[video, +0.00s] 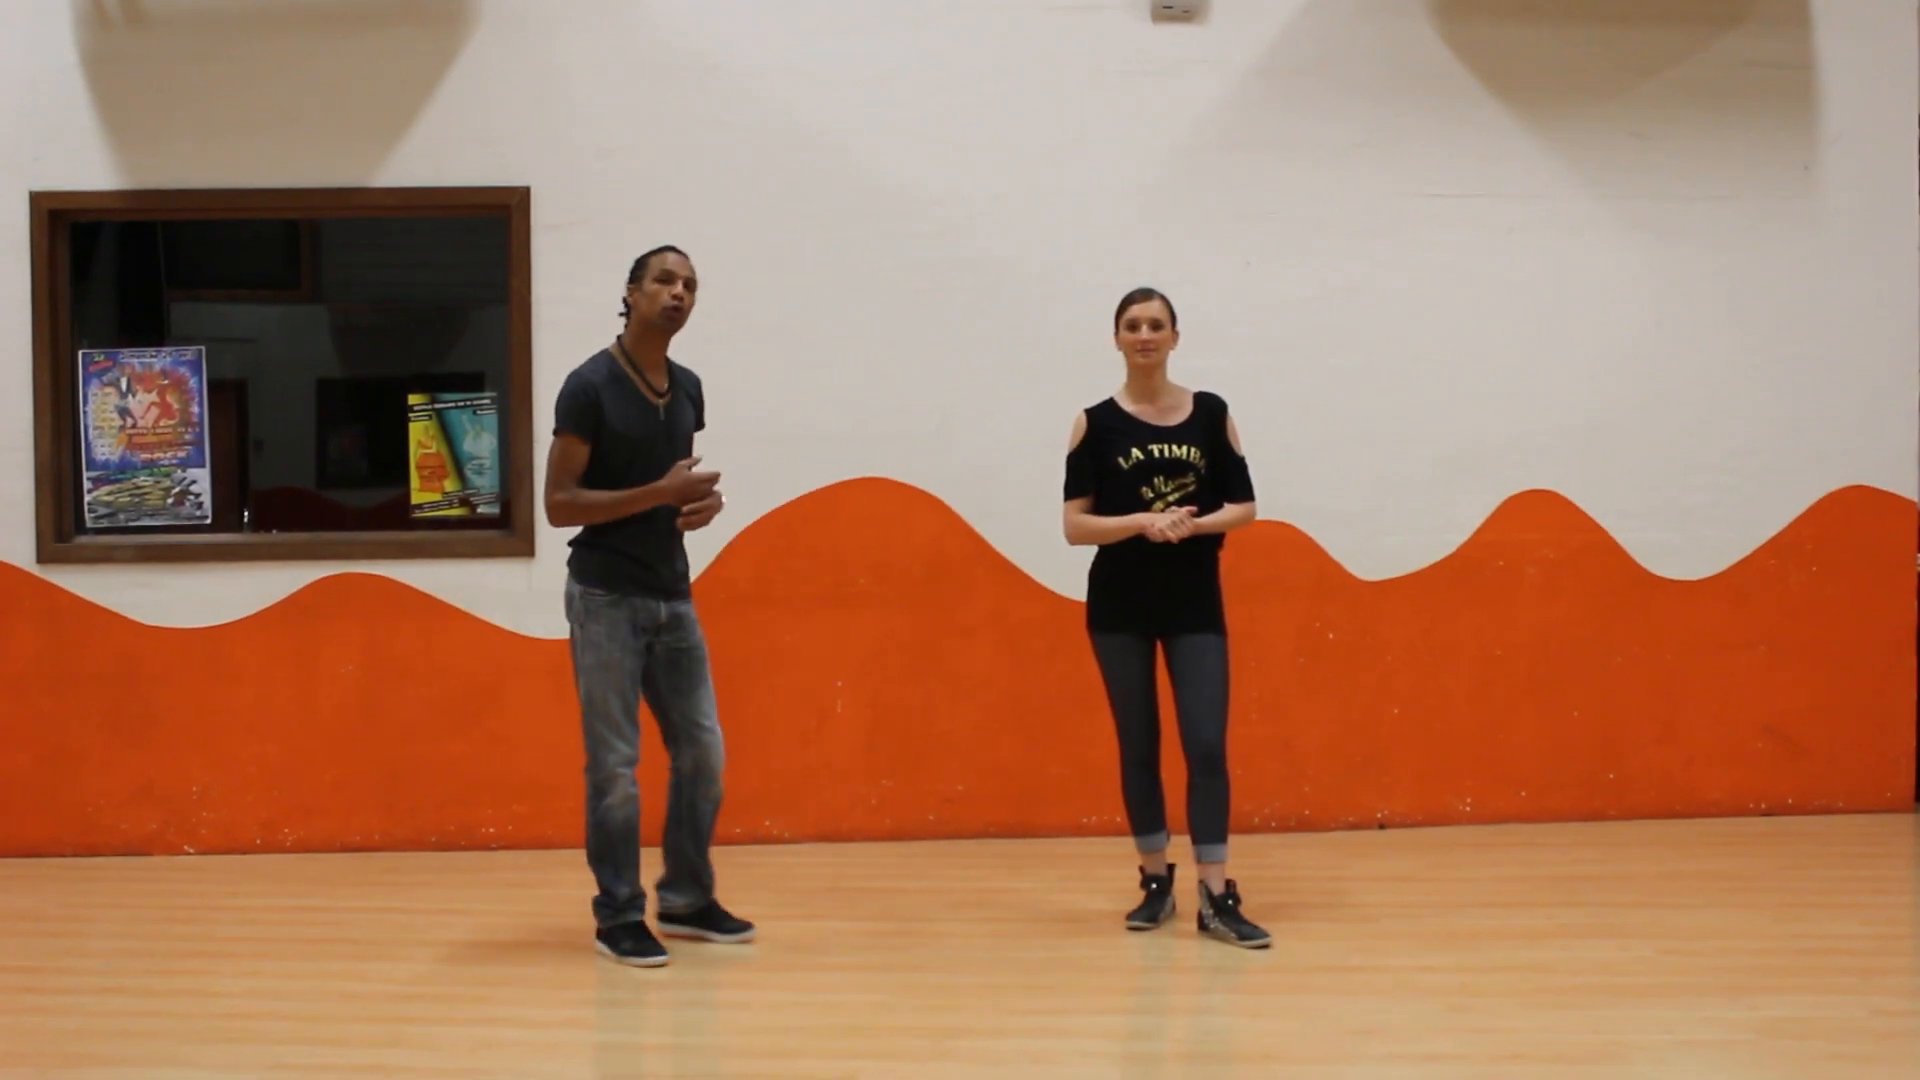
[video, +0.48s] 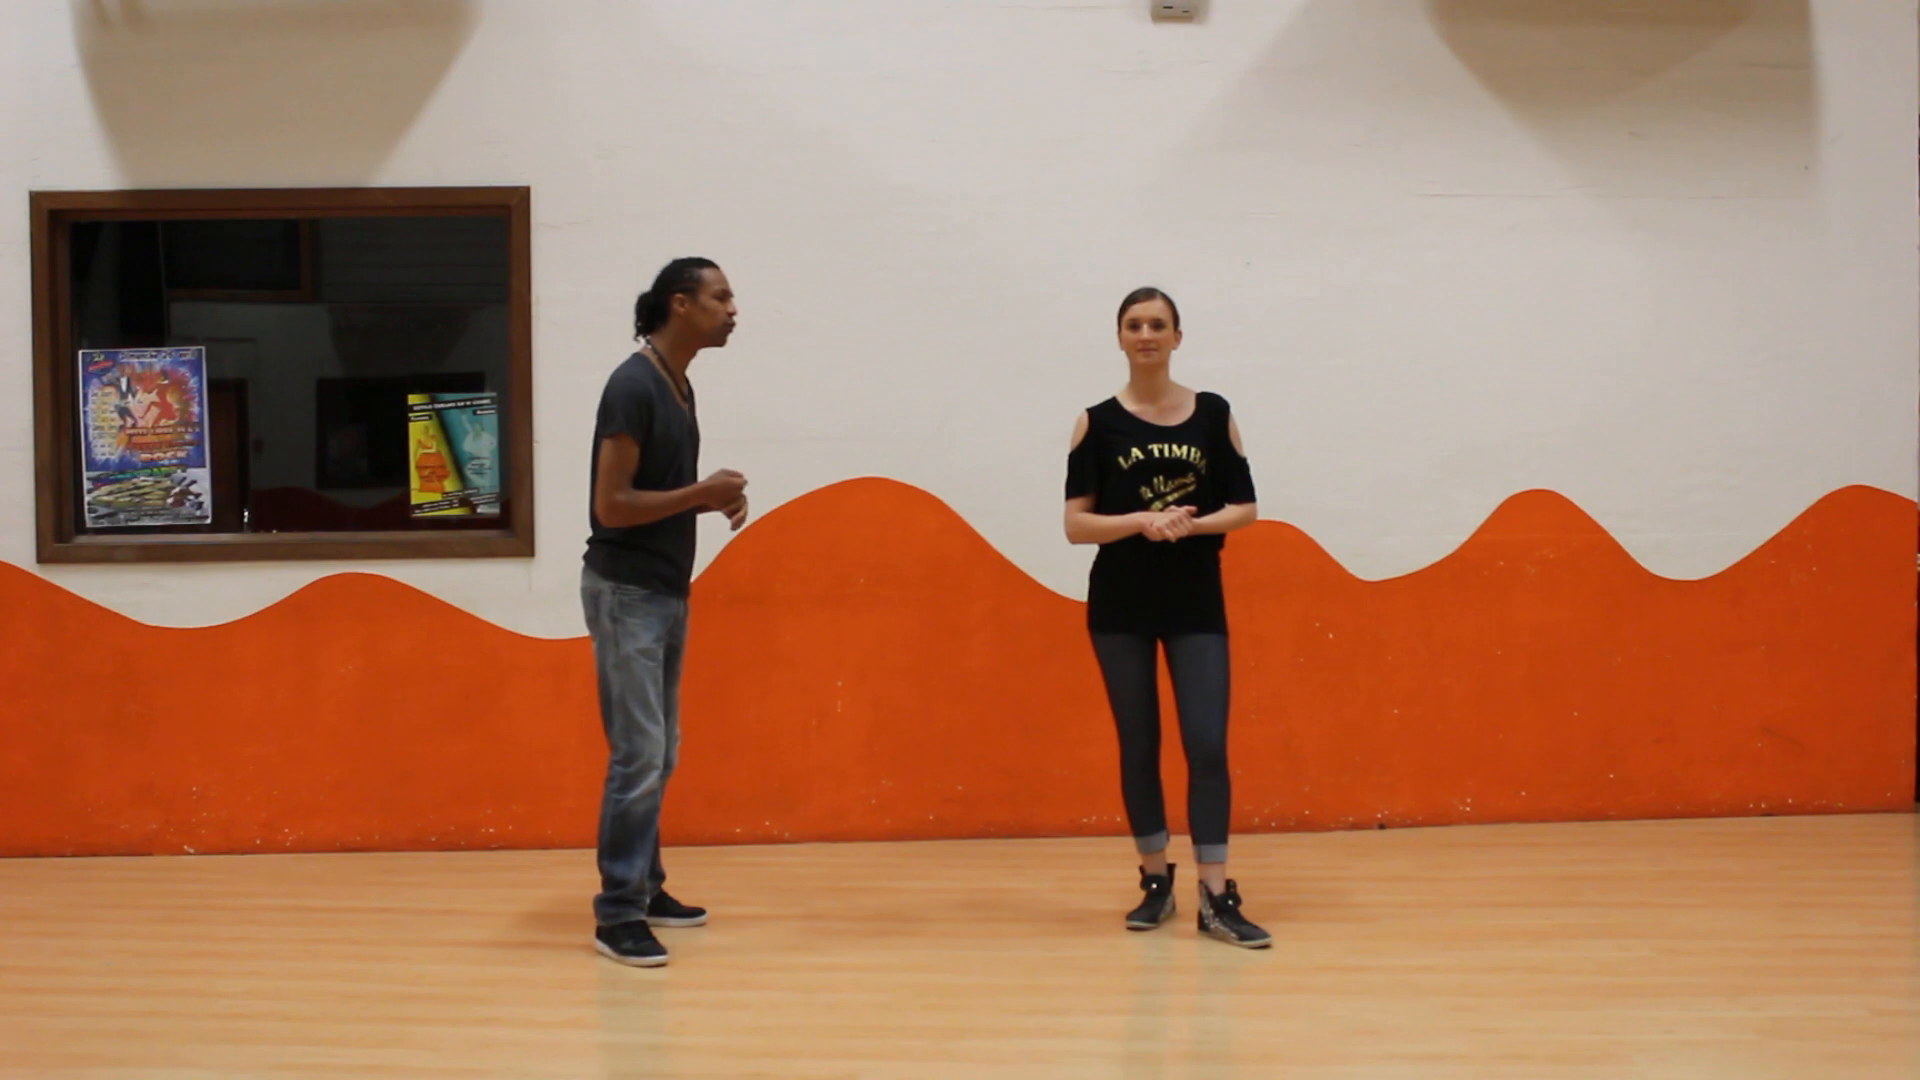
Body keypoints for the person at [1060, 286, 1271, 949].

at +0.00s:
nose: (1145, 336)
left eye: (1156, 326)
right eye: (1133, 327)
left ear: (1175, 337)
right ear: (1116, 338)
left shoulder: (1210, 413)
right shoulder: (1094, 425)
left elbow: (1244, 507)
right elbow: (1076, 524)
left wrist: (1197, 522)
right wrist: (1138, 522)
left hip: (1194, 603)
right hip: (1119, 605)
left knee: (1206, 748)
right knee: (1138, 746)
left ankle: (1216, 896)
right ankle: (1157, 883)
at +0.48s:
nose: (1145, 336)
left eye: (1157, 325)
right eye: (1134, 326)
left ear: (1177, 337)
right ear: (1119, 337)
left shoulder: (1212, 413)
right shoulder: (1095, 424)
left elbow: (1244, 508)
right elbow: (1076, 523)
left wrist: (1196, 522)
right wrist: (1137, 521)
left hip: (1195, 601)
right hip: (1120, 603)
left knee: (1207, 747)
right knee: (1139, 746)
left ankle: (1216, 896)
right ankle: (1157, 883)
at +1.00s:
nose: (1116, 327)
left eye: (1130, 318)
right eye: (1118, 317)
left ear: (1168, 332)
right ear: (1134, 331)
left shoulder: (1203, 411)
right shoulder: (1113, 415)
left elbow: (1232, 509)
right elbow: (1097, 499)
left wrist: (1145, 526)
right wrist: (1097, 519)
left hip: (1194, 598)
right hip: (1129, 598)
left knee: (1192, 740)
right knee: (1146, 742)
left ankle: (1214, 887)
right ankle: (1156, 884)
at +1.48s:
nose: (1137, 324)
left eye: (1150, 317)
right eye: (1140, 314)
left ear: (1186, 332)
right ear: (1171, 332)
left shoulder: (1198, 408)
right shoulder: (1160, 410)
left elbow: (1212, 508)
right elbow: (1170, 502)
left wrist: (1133, 522)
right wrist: (1124, 515)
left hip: (1212, 598)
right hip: (1172, 597)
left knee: (1216, 744)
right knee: (1171, 743)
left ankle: (1248, 884)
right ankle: (1167, 883)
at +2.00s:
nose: (1175, 336)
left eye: (1186, 326)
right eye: (1175, 325)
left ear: (1225, 331)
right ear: (1204, 332)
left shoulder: (1248, 410)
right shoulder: (1193, 409)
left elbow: (1264, 511)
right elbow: (1208, 502)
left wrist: (1181, 523)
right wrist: (1169, 521)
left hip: (1251, 602)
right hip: (1206, 599)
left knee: (1249, 744)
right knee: (1177, 744)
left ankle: (1253, 888)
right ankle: (1158, 888)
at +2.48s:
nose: (1194, 339)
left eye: (1205, 328)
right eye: (1193, 328)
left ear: (1245, 331)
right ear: (1209, 332)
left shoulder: (1273, 415)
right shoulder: (1198, 414)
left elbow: (1285, 515)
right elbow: (1203, 502)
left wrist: (1198, 522)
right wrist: (1175, 516)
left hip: (1260, 607)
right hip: (1207, 602)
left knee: (1258, 746)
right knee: (1179, 745)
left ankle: (1253, 890)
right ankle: (1158, 890)